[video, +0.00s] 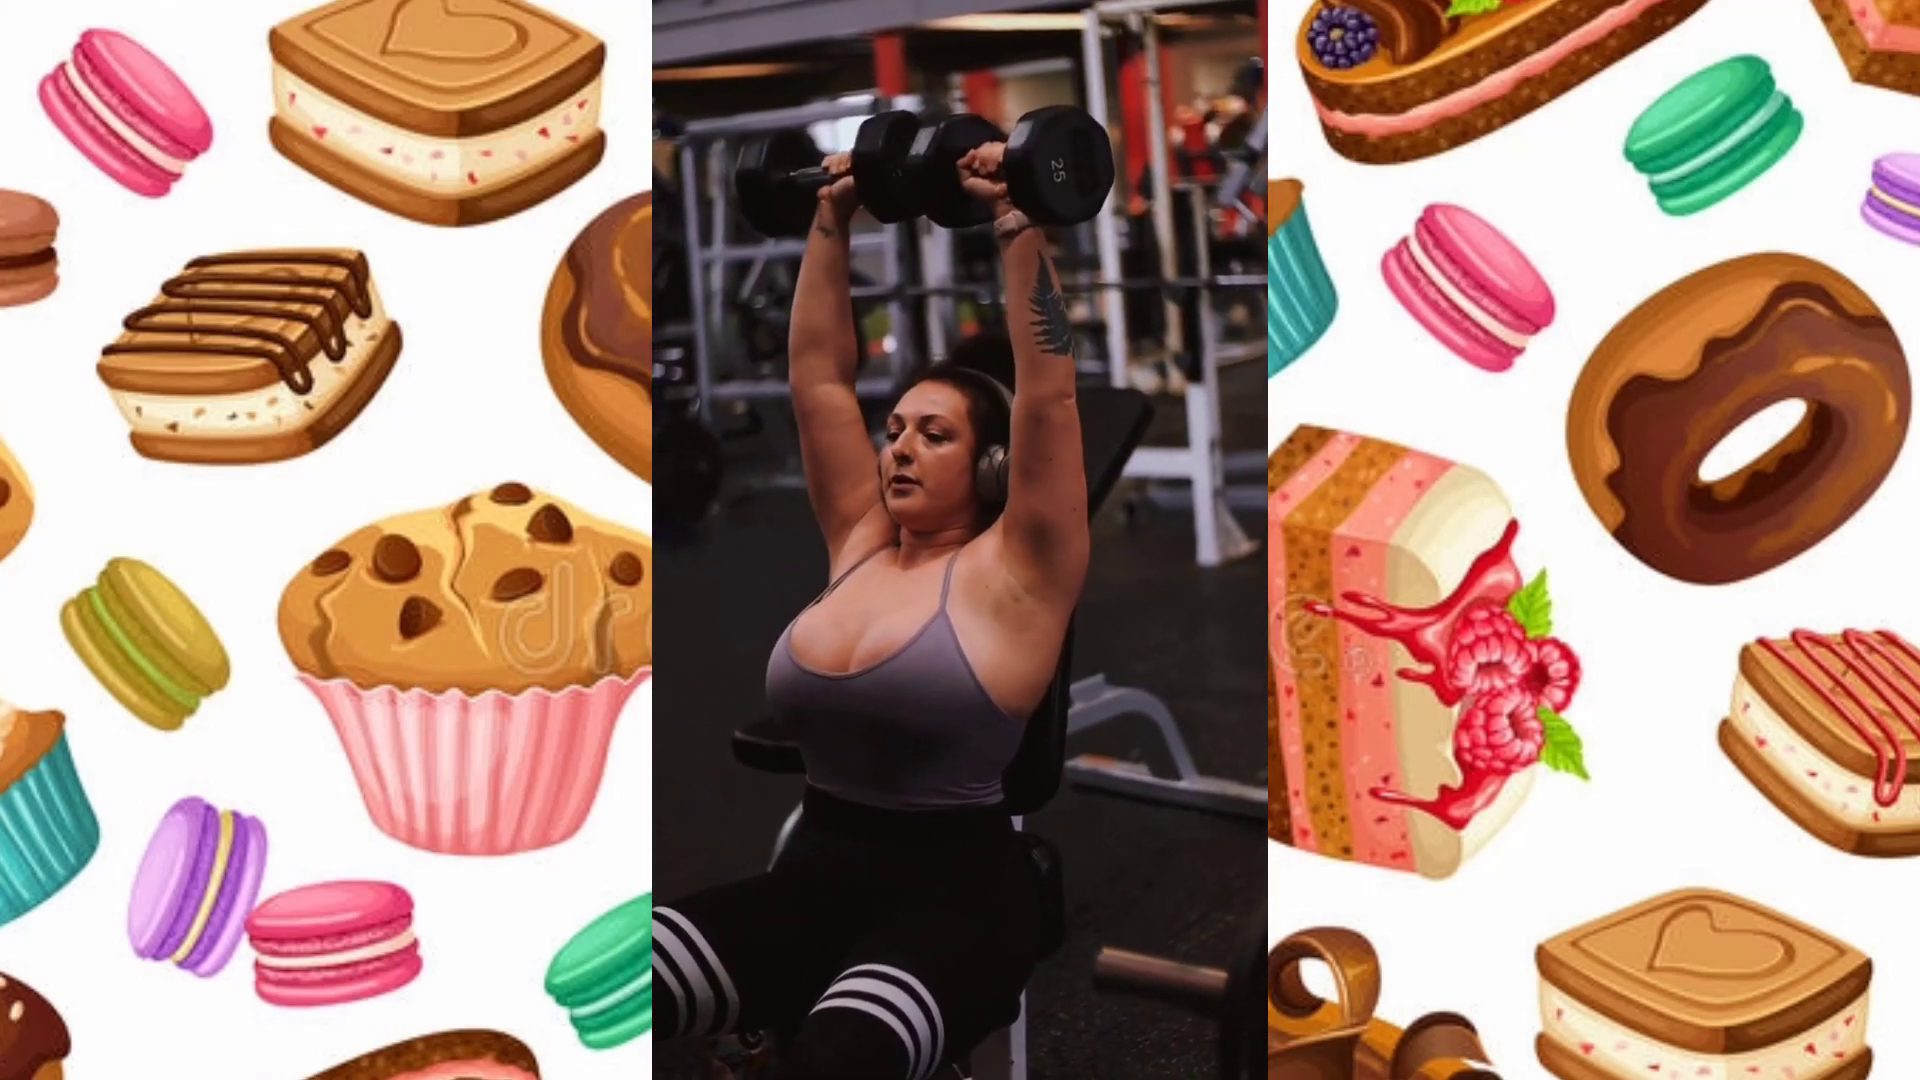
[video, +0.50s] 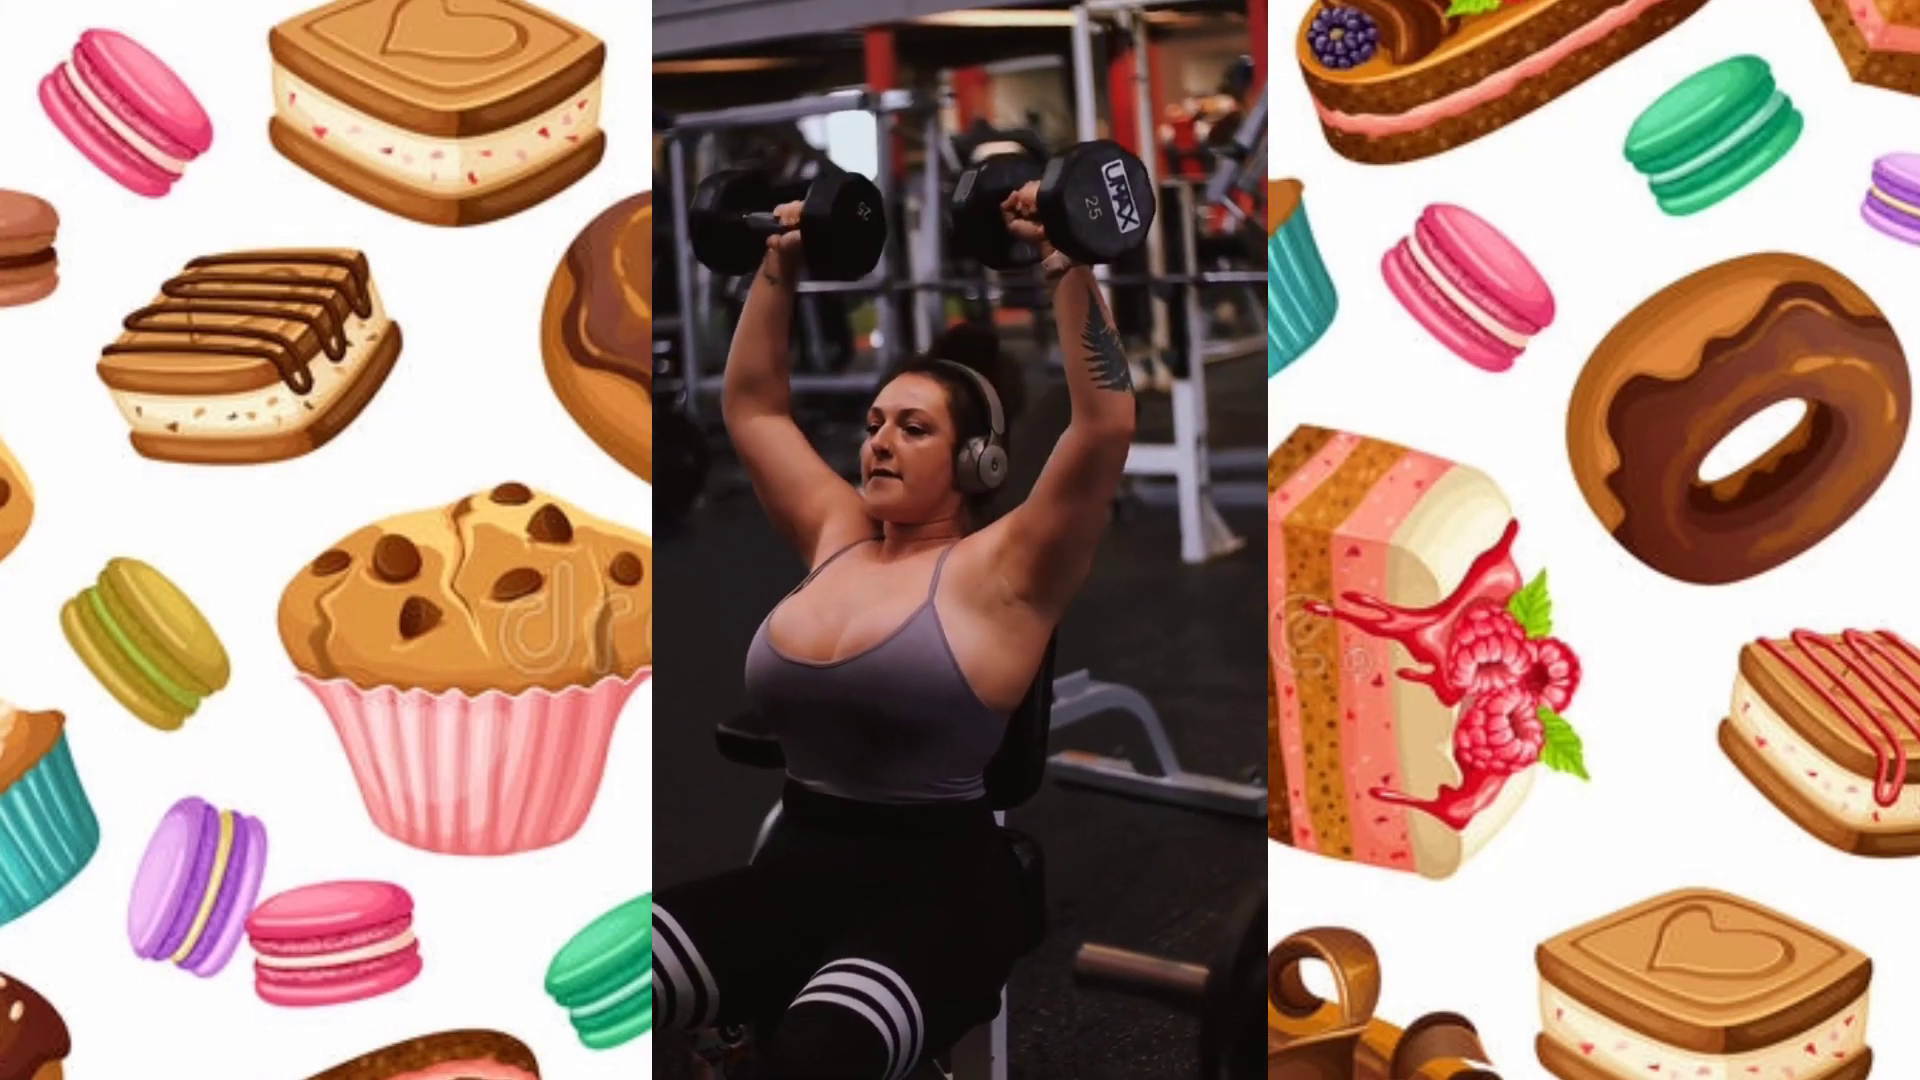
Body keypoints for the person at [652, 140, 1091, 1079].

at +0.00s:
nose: (901, 447)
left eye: (933, 433)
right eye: (896, 430)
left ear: (989, 462)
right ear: (881, 451)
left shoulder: (1022, 566)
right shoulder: (861, 538)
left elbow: (1048, 398)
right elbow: (819, 381)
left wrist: (1017, 231)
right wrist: (829, 221)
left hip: (956, 896)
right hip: (822, 879)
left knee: (841, 1049)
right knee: (612, 984)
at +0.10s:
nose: (898, 449)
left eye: (931, 434)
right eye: (894, 432)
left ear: (988, 465)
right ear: (878, 453)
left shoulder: (1020, 568)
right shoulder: (859, 541)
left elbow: (1054, 399)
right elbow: (814, 383)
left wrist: (1025, 236)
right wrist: (825, 228)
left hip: (956, 898)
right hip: (821, 882)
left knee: (840, 1050)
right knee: (613, 984)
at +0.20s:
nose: (894, 447)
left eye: (927, 432)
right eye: (890, 431)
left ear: (986, 462)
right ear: (876, 452)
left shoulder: (1018, 569)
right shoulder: (856, 538)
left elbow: (1060, 404)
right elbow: (803, 383)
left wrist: (1033, 237)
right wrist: (815, 227)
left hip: (953, 898)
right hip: (817, 881)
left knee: (835, 1050)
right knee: (609, 982)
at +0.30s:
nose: (892, 446)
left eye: (924, 432)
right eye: (887, 429)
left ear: (983, 461)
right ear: (873, 449)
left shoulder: (1017, 571)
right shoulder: (852, 535)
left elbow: (1075, 407)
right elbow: (787, 387)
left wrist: (1044, 240)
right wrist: (803, 235)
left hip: (951, 894)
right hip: (814, 877)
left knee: (829, 1048)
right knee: (601, 984)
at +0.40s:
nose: (888, 446)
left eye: (920, 432)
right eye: (884, 427)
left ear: (980, 463)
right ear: (873, 444)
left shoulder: (1014, 572)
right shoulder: (847, 536)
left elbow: (1091, 412)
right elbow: (773, 397)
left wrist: (1060, 248)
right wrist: (791, 251)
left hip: (945, 897)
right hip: (806, 879)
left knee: (827, 1046)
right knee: (601, 978)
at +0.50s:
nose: (881, 444)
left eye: (913, 429)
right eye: (874, 426)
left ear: (974, 459)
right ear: (861, 444)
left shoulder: (1008, 571)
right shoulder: (839, 536)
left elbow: (1104, 427)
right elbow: (753, 406)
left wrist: (1071, 267)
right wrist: (779, 265)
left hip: (936, 890)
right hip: (798, 875)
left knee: (820, 1046)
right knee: (598, 978)